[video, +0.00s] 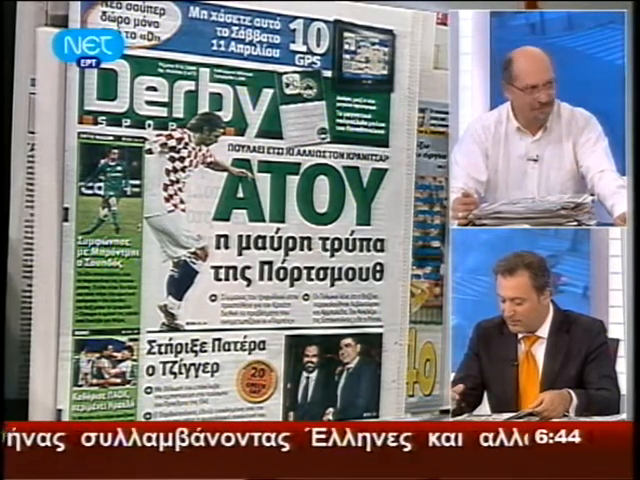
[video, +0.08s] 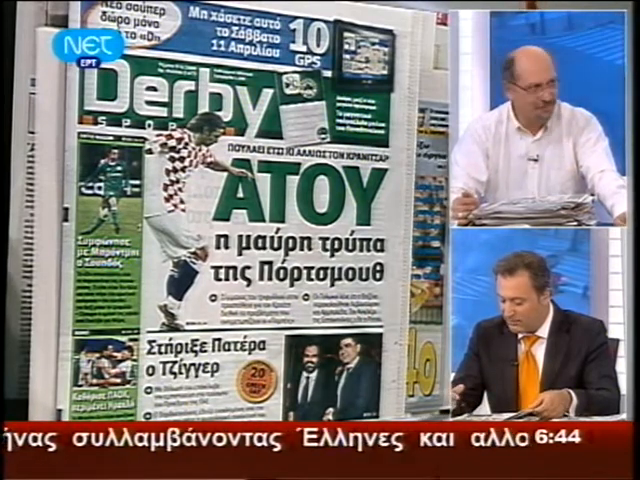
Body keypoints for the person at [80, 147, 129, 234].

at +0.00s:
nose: (115, 156)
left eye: (116, 154)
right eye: (113, 154)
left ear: (118, 155)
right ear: (109, 154)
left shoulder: (122, 165)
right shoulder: (104, 165)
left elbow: (126, 177)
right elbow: (95, 175)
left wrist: (127, 187)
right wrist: (85, 182)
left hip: (118, 190)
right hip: (108, 189)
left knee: (105, 213)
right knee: (113, 205)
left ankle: (91, 230)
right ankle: (116, 225)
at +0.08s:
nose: (115, 156)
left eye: (116, 154)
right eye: (113, 154)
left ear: (118, 155)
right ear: (109, 154)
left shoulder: (122, 165)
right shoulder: (104, 165)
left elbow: (126, 177)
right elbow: (95, 175)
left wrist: (127, 187)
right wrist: (85, 182)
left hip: (118, 190)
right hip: (108, 189)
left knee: (105, 213)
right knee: (113, 205)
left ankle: (91, 230)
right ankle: (116, 225)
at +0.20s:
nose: (115, 156)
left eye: (116, 154)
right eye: (113, 154)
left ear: (118, 155)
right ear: (109, 154)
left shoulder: (122, 165)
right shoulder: (104, 165)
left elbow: (126, 176)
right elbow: (95, 174)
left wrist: (127, 187)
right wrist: (85, 182)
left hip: (118, 190)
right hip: (108, 189)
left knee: (105, 213)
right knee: (113, 205)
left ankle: (91, 230)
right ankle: (116, 225)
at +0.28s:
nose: (115, 156)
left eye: (116, 154)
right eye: (113, 154)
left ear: (118, 155)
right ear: (109, 154)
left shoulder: (122, 165)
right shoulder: (104, 165)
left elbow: (126, 177)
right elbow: (95, 175)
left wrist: (127, 187)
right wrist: (85, 182)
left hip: (118, 190)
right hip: (108, 189)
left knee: (105, 213)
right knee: (113, 205)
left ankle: (91, 230)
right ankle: (116, 225)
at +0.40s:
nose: (115, 156)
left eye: (116, 154)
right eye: (113, 154)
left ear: (118, 155)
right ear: (109, 154)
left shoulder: (122, 165)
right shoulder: (104, 165)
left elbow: (126, 176)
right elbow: (95, 174)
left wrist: (127, 187)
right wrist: (85, 182)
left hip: (118, 190)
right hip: (108, 189)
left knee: (105, 213)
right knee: (113, 205)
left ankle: (91, 230)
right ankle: (116, 225)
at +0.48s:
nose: (115, 156)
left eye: (116, 154)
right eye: (113, 154)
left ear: (118, 155)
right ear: (109, 154)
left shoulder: (122, 165)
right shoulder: (104, 165)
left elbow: (126, 176)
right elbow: (95, 174)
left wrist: (127, 187)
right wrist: (85, 182)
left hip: (118, 190)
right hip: (108, 189)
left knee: (105, 213)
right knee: (113, 205)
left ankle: (91, 230)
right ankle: (116, 225)